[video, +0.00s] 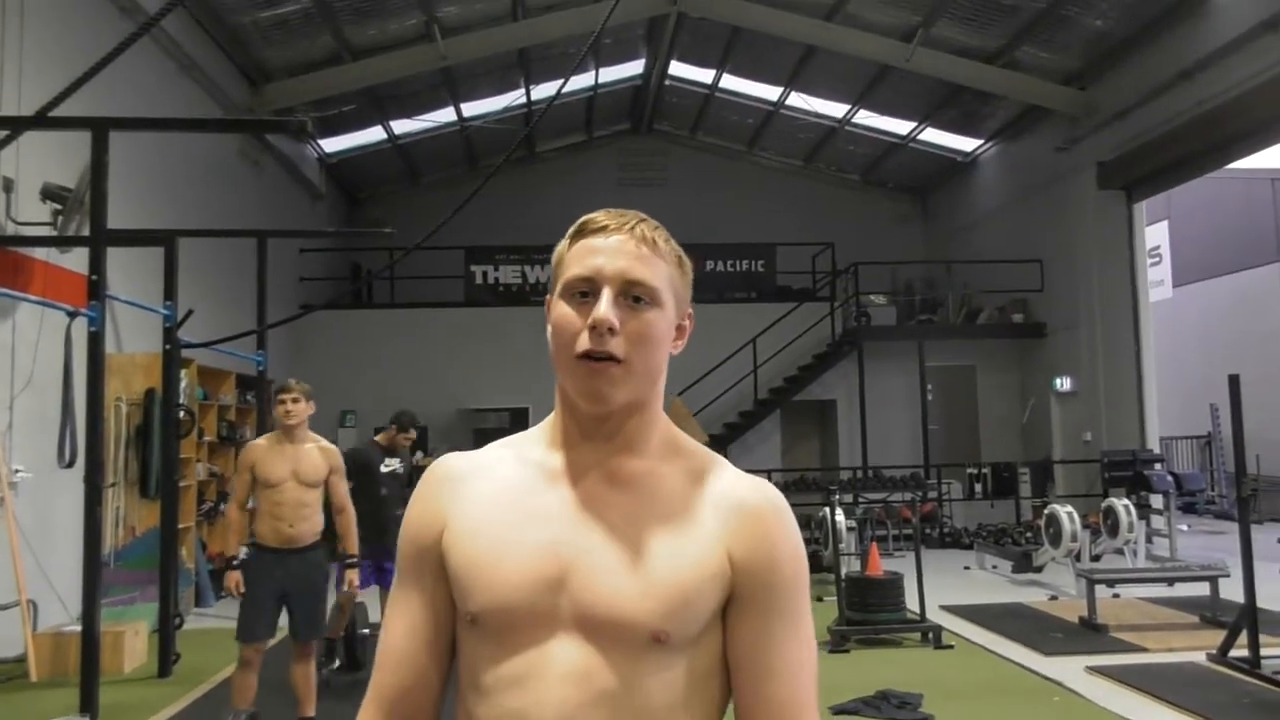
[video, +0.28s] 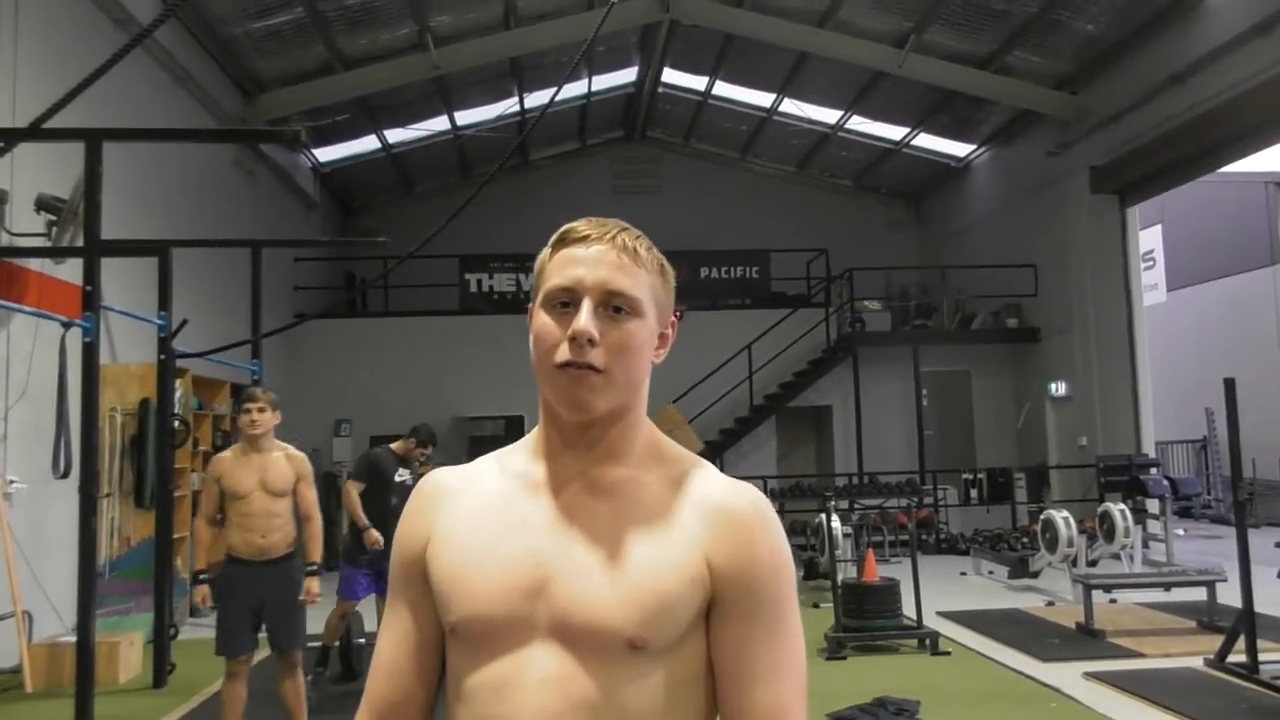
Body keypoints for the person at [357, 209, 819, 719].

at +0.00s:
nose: (601, 318)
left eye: (635, 299)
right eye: (580, 294)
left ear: (679, 332)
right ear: (549, 317)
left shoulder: (748, 517)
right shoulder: (452, 490)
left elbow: (784, 712)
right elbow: (390, 709)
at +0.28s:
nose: (581, 329)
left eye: (615, 309)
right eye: (561, 304)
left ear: (663, 339)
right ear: (532, 324)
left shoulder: (732, 521)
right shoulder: (440, 503)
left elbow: (771, 713)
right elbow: (383, 714)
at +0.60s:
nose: (572, 335)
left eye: (607, 315)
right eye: (552, 310)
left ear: (652, 349)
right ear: (520, 330)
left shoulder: (724, 529)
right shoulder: (429, 514)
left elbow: (769, 712)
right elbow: (382, 714)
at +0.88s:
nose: (573, 351)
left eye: (608, 331)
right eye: (554, 323)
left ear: (650, 360)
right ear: (519, 337)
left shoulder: (720, 535)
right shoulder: (427, 526)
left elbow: (765, 710)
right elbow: (387, 713)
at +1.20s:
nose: (590, 358)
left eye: (625, 339)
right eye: (571, 327)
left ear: (659, 374)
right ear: (532, 343)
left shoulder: (726, 541)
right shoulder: (427, 526)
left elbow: (768, 711)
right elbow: (382, 712)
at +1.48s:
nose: (590, 361)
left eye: (624, 343)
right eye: (571, 331)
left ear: (660, 380)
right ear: (533, 349)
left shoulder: (727, 549)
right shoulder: (428, 533)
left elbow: (775, 709)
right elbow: (381, 711)